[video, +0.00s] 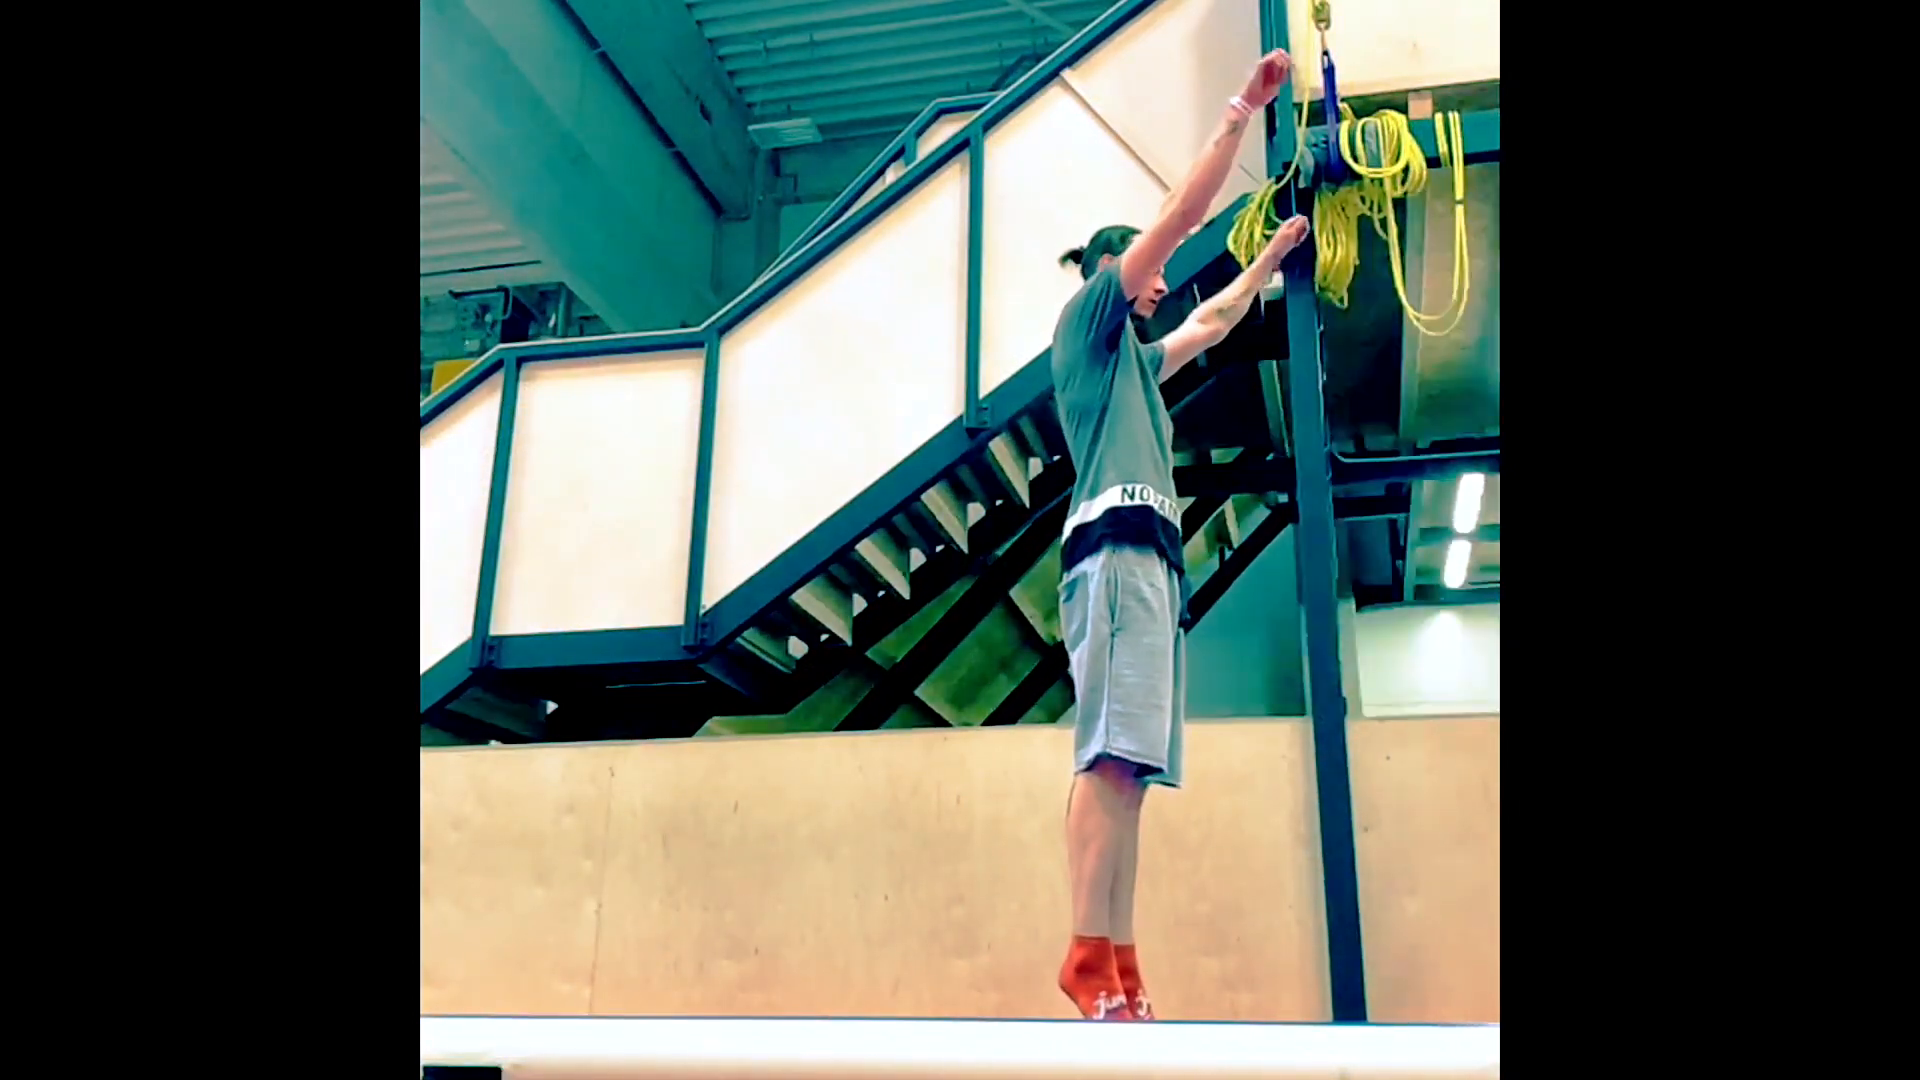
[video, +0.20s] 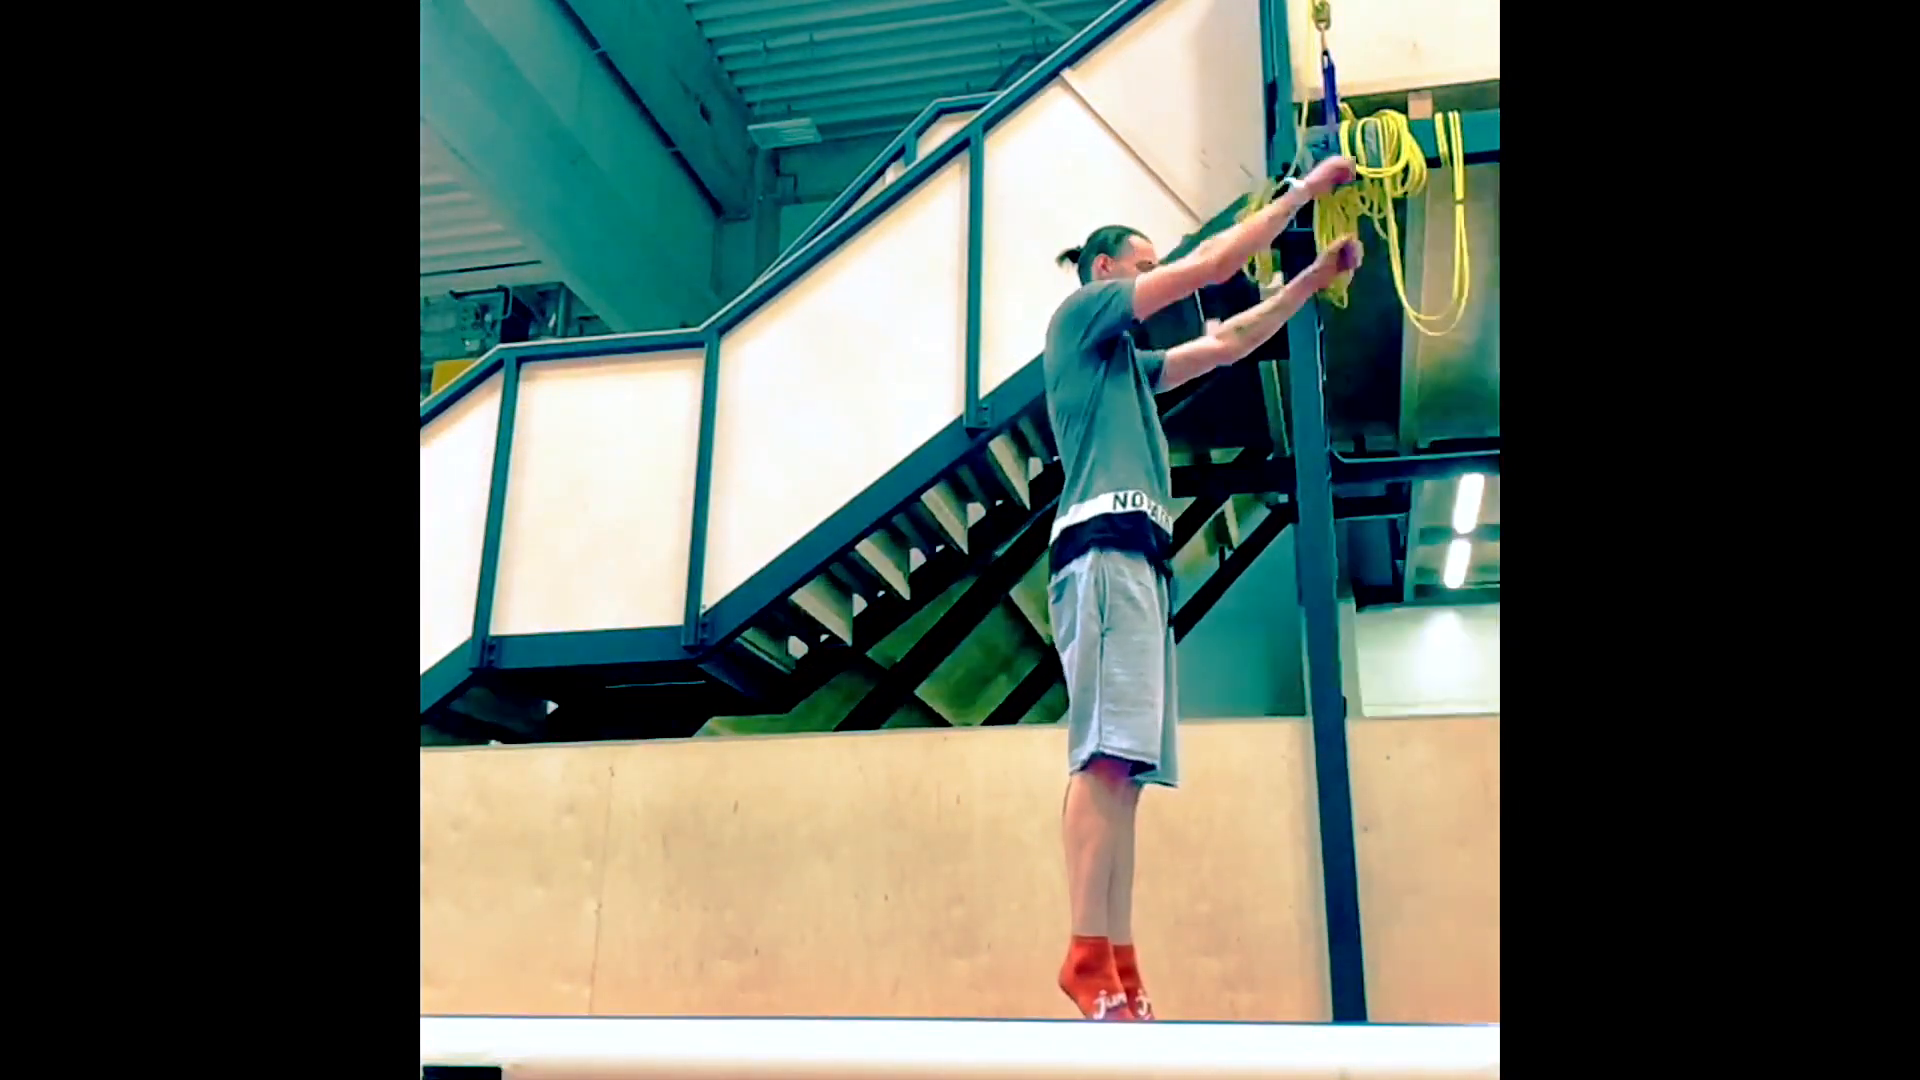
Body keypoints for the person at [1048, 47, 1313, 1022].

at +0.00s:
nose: (1148, 277)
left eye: (1147, 270)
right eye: (1135, 263)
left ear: (1124, 283)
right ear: (1102, 266)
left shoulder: (1131, 359)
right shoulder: (1089, 318)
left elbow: (1210, 323)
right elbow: (1179, 215)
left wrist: (1266, 261)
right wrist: (1242, 109)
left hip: (1145, 560)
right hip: (1118, 550)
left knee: (1130, 765)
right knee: (1112, 759)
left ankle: (1118, 963)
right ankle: (1086, 958)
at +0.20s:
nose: (1154, 270)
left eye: (1153, 260)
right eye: (1142, 258)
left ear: (1125, 274)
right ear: (1101, 265)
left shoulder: (1124, 362)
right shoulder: (1077, 312)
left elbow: (1229, 340)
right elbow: (1207, 264)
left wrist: (1322, 272)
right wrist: (1300, 190)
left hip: (1136, 561)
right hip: (1102, 552)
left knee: (1125, 768)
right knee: (1106, 758)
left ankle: (1118, 968)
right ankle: (1086, 961)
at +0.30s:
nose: (1164, 283)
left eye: (1163, 272)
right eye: (1152, 268)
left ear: (1128, 276)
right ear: (1106, 268)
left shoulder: (1128, 371)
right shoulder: (1076, 321)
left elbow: (1222, 405)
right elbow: (1213, 343)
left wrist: (1326, 373)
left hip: (1129, 565)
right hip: (1093, 555)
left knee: (1121, 766)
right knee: (1102, 760)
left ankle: (1119, 960)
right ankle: (1088, 955)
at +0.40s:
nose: (1188, 292)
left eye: (1192, 282)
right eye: (1177, 275)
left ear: (1162, 286)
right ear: (1134, 272)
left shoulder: (1140, 374)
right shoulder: (1096, 330)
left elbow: (1159, 495)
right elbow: (1130, 445)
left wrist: (1219, 566)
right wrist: (1214, 525)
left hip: (1120, 570)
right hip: (1077, 556)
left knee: (1137, 768)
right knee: (1109, 754)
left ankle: (1123, 957)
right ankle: (1090, 955)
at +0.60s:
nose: (1256, 452)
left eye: (1257, 439)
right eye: (1246, 435)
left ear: (1210, 438)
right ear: (1200, 430)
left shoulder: (1155, 490)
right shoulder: (1140, 455)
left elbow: (1071, 476)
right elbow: (1006, 389)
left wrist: (1039, 443)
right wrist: (913, 333)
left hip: (1038, 655)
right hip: (1016, 653)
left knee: (1152, 805)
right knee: (1157, 795)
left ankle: (1093, 987)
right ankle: (1074, 987)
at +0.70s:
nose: (1251, 535)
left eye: (1252, 522)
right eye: (1239, 517)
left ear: (1202, 520)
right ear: (1194, 513)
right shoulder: (1112, 531)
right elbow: (1009, 462)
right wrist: (924, 397)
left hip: (1028, 736)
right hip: (999, 731)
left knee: (1186, 834)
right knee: (1170, 831)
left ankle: (1090, 1003)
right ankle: (1077, 1005)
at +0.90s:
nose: (1126, 449)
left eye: (1125, 438)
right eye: (1113, 434)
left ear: (1083, 445)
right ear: (1068, 440)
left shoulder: (1080, 538)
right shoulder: (1030, 514)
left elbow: (1130, 652)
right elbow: (1113, 621)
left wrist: (1223, 708)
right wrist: (1217, 681)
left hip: (1044, 727)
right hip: (1003, 726)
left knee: (1200, 839)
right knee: (1169, 832)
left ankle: (1102, 1004)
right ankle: (1077, 1003)